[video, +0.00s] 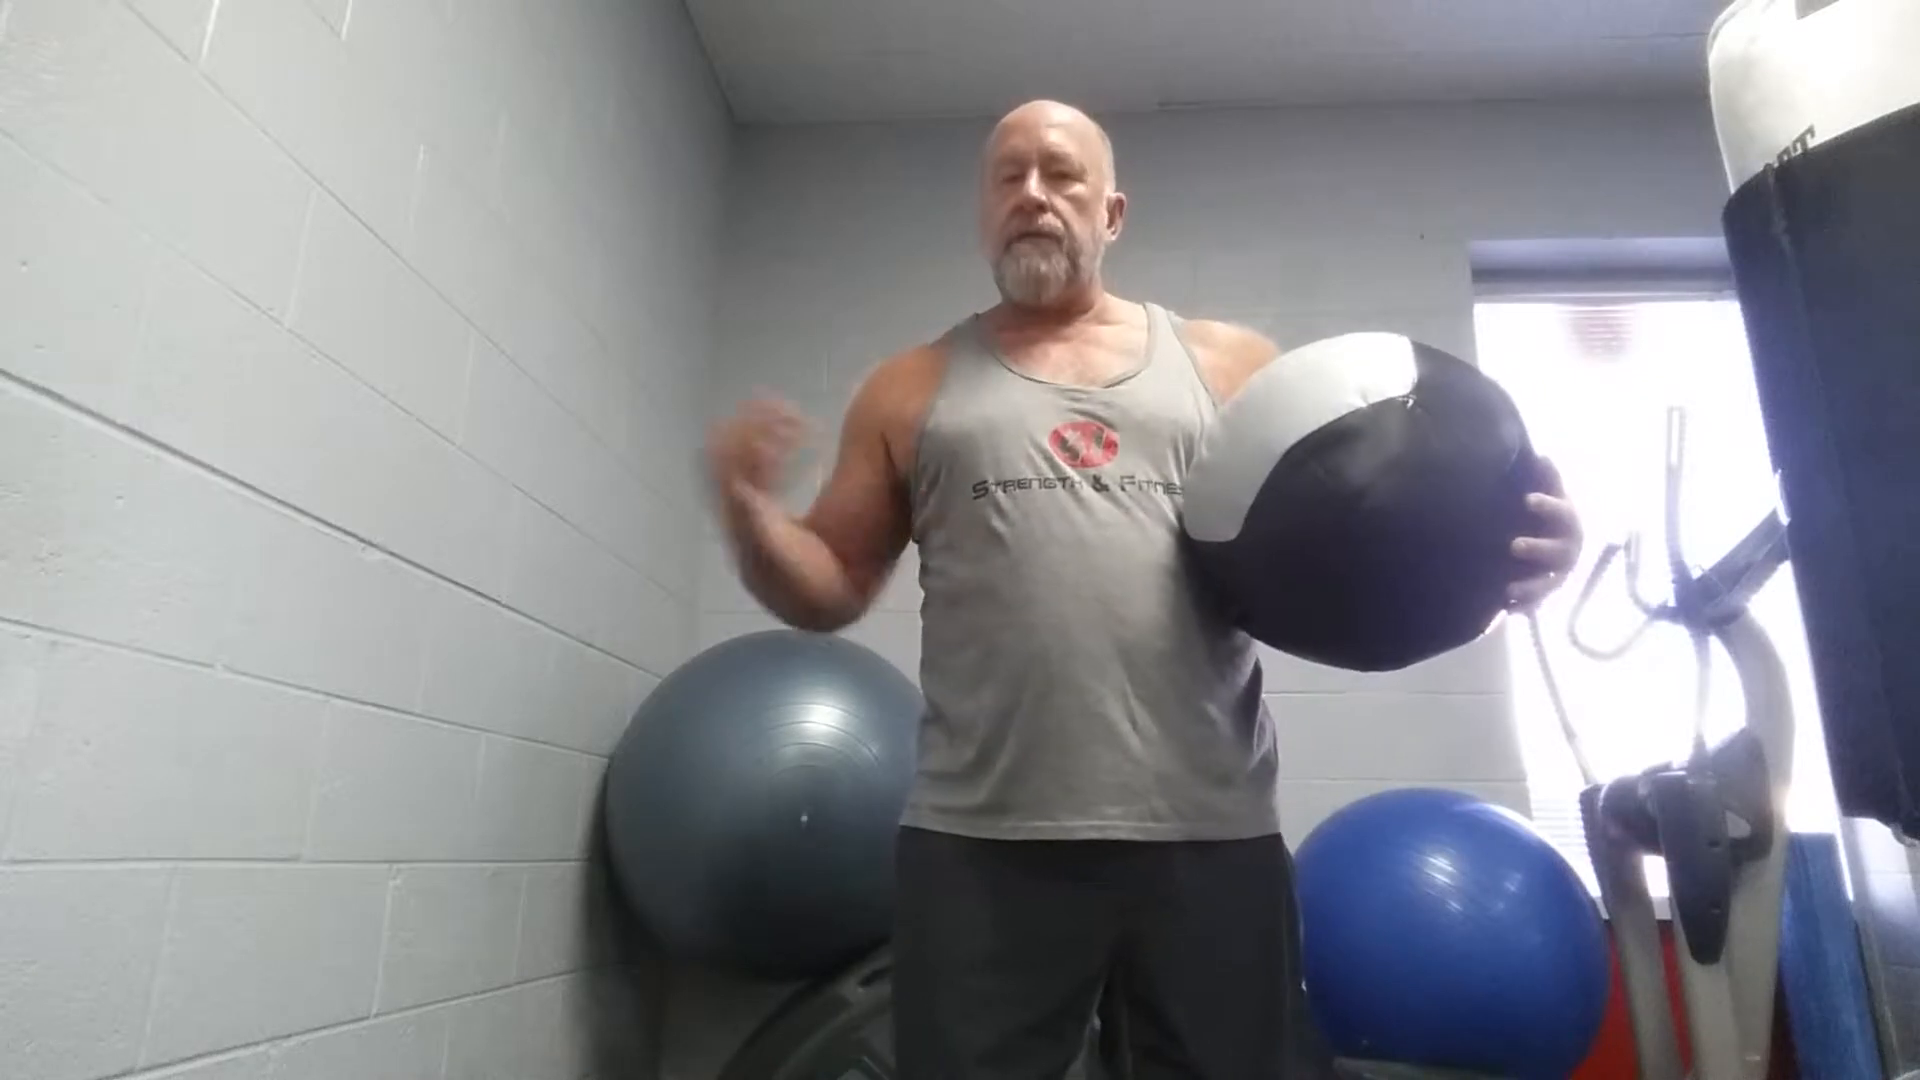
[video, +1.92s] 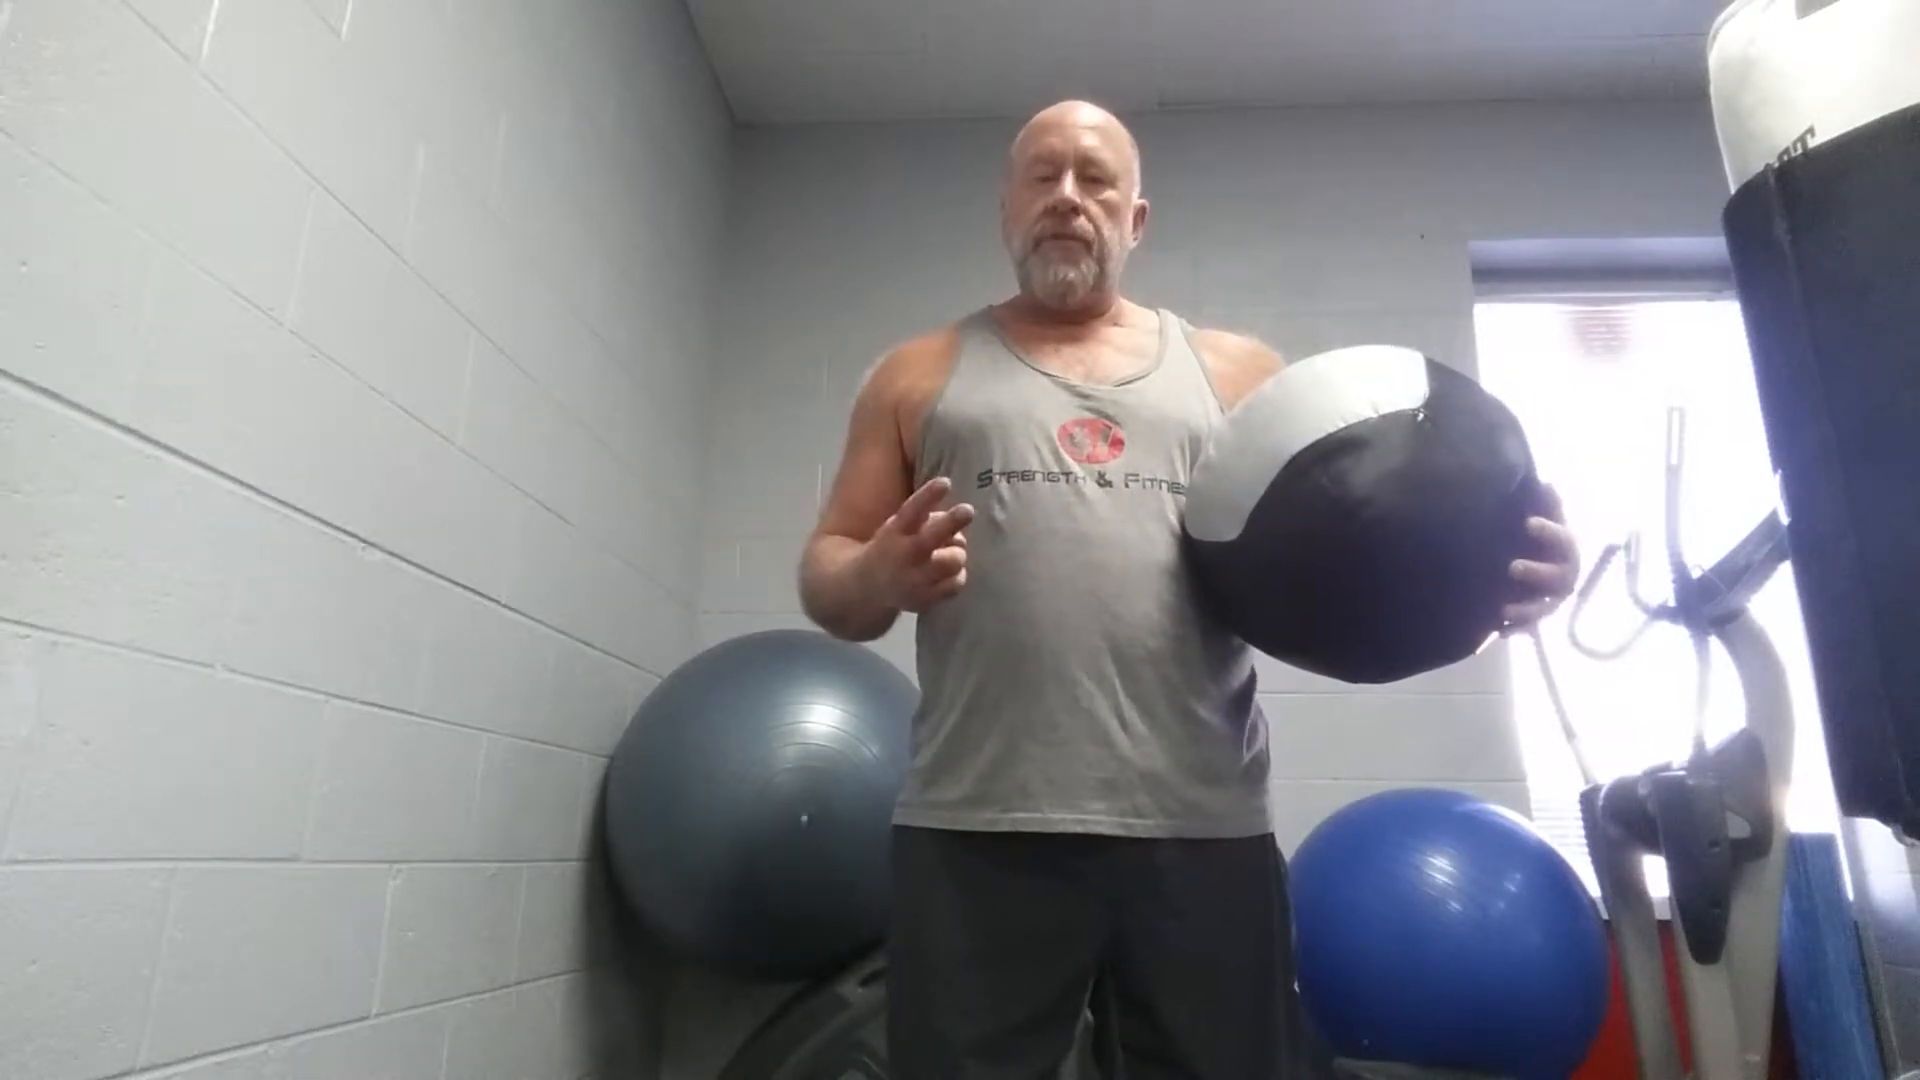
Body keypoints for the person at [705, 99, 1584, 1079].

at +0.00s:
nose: (1033, 193)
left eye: (1062, 174)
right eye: (1009, 176)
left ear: (1114, 213)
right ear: (978, 214)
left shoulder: (1228, 362)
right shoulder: (908, 390)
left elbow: (1369, 527)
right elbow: (828, 590)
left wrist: (1518, 548)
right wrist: (749, 510)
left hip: (1209, 839)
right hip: (984, 843)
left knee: (1239, 1068)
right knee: (970, 1067)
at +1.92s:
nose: (1065, 196)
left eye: (1094, 178)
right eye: (1041, 175)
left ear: (1137, 217)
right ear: (1002, 209)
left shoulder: (1235, 371)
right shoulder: (916, 377)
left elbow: (1373, 531)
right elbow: (828, 592)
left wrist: (1520, 568)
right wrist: (878, 575)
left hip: (1205, 838)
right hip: (977, 836)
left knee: (1231, 1074)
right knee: (961, 1072)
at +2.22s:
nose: (1058, 199)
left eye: (1086, 178)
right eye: (1034, 178)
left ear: (1133, 212)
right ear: (998, 213)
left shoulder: (1236, 368)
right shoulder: (919, 381)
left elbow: (1377, 529)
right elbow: (842, 599)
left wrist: (1527, 564)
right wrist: (863, 525)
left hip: (1206, 834)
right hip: (979, 835)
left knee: (1231, 1068)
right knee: (967, 1068)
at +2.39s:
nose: (1060, 203)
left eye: (1086, 181)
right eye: (1035, 183)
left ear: (1136, 210)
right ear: (1000, 216)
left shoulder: (1245, 366)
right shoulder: (927, 384)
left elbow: (1383, 525)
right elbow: (824, 565)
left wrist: (1534, 557)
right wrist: (653, 498)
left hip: (1213, 840)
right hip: (986, 842)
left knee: (1254, 1073)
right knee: (970, 1074)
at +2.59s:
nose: (1059, 208)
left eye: (1088, 188)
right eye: (1035, 187)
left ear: (1136, 216)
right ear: (1004, 216)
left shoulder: (1251, 366)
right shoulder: (931, 388)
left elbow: (1375, 542)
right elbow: (852, 580)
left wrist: (1533, 564)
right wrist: (769, 477)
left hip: (1216, 834)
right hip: (991, 837)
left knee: (1248, 1071)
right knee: (974, 1068)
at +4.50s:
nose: (997, 185)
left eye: (1026, 163)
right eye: (970, 166)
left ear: (1076, 201)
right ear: (941, 207)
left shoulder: (1180, 335)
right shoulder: (890, 400)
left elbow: (1347, 447)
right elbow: (829, 588)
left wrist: (1462, 524)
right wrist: (753, 563)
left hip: (1151, 858)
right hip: (941, 868)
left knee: (1157, 1075)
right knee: (931, 1077)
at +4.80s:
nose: (958, 160)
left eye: (991, 135)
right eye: (935, 138)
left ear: (1054, 169)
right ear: (910, 174)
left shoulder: (1153, 302)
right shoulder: (881, 381)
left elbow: (1349, 460)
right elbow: (835, 555)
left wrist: (1312, 595)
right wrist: (817, 613)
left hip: (1128, 825)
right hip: (943, 840)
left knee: (1103, 1062)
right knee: (951, 1065)